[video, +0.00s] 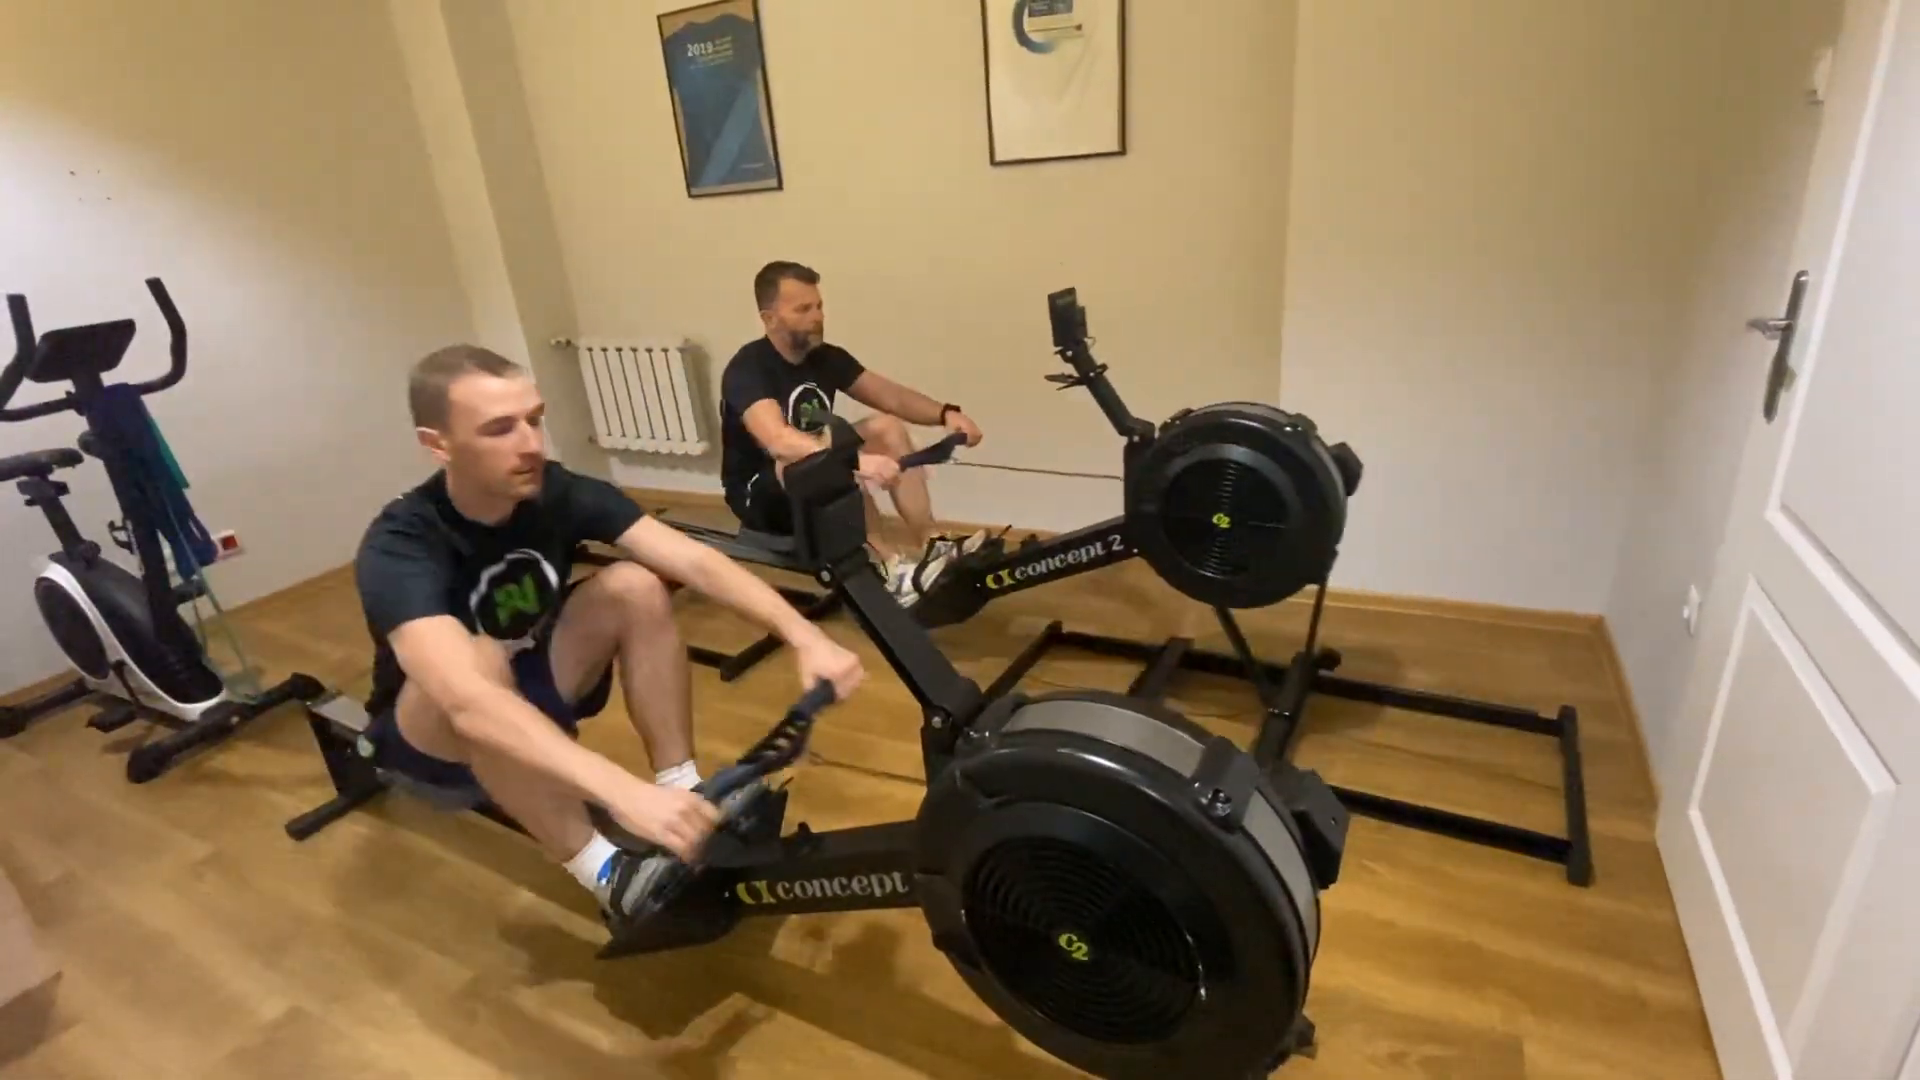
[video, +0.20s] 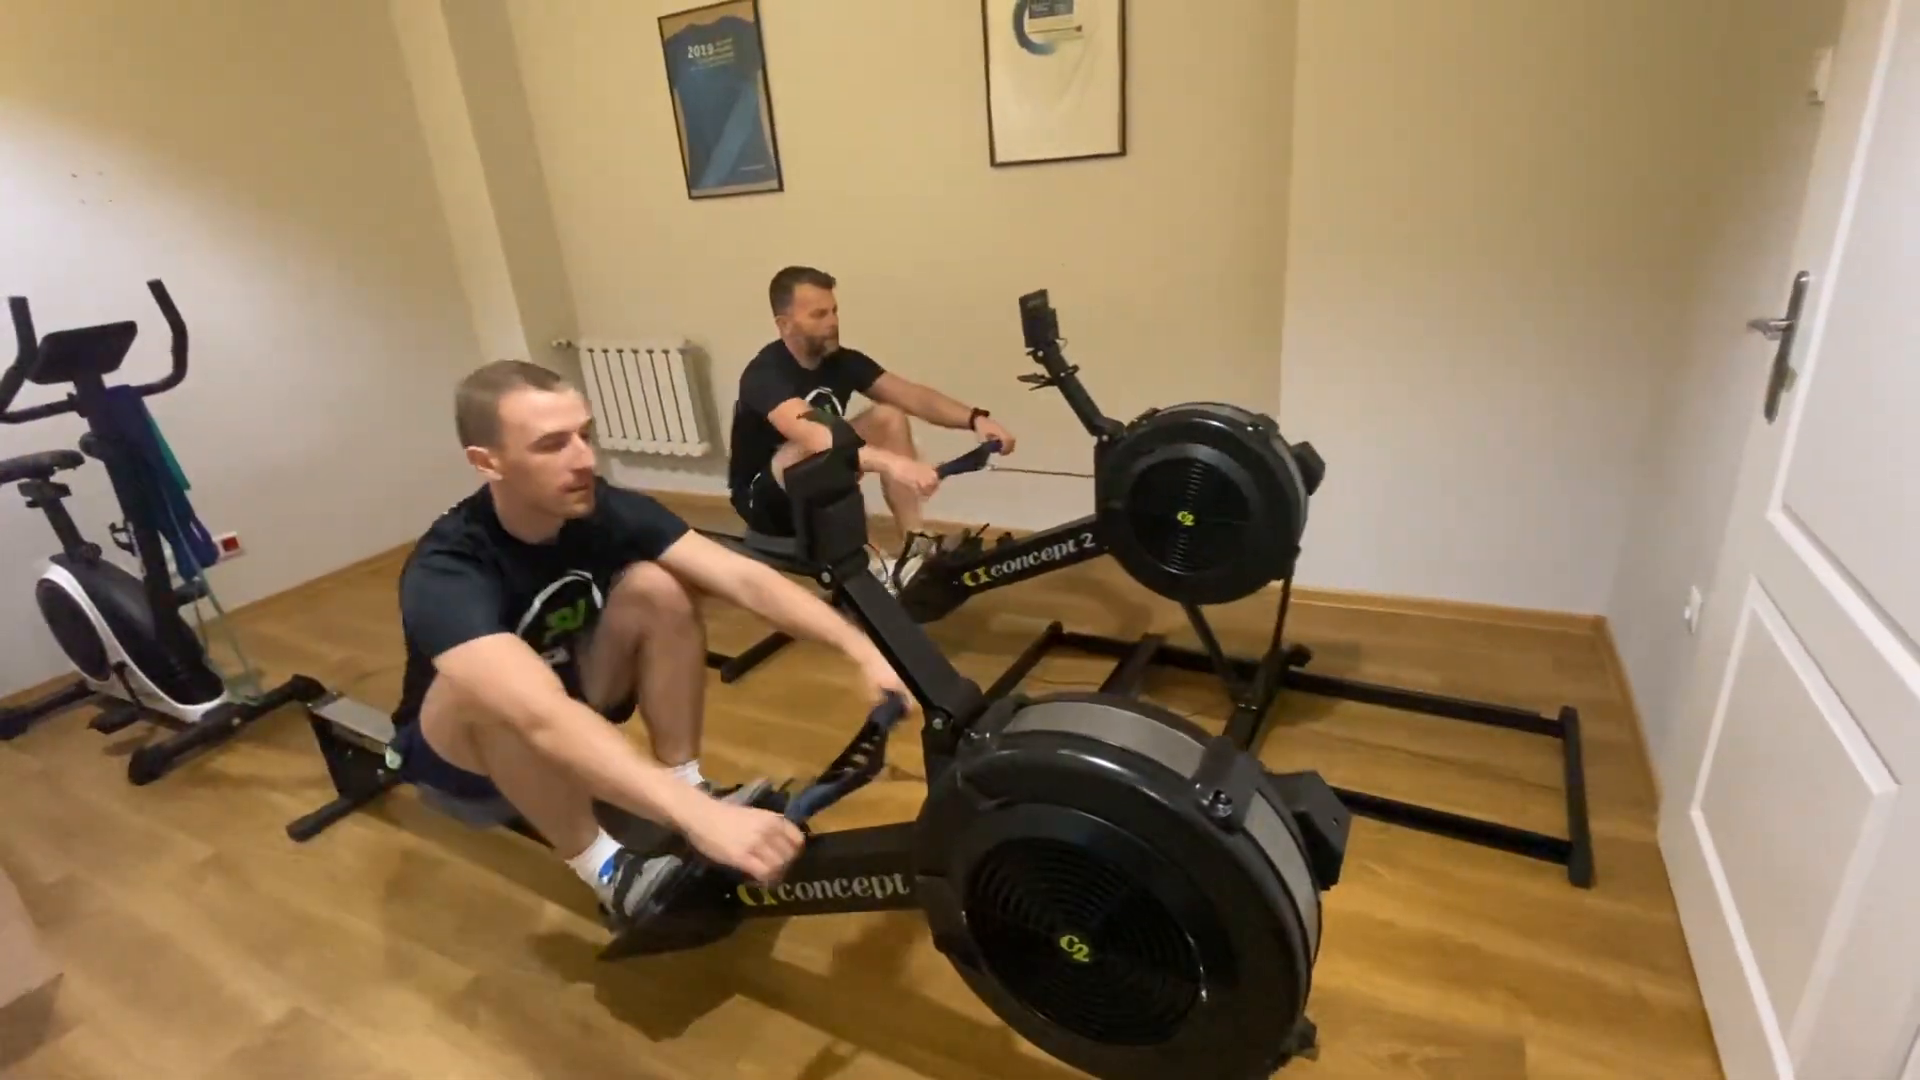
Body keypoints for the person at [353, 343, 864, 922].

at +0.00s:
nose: (530, 445)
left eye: (534, 420)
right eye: (500, 429)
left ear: (542, 416)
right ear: (438, 444)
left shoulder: (560, 494)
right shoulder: (402, 546)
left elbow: (693, 561)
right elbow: (465, 702)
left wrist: (805, 636)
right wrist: (622, 791)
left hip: (527, 686)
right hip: (431, 732)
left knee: (637, 591)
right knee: (472, 660)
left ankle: (683, 801)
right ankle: (607, 877)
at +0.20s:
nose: (585, 459)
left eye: (585, 435)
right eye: (553, 446)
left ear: (592, 430)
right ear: (488, 463)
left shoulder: (608, 513)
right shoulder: (445, 576)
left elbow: (745, 579)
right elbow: (547, 715)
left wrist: (862, 647)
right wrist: (703, 818)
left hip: (570, 715)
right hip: (467, 768)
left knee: (654, 590)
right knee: (498, 683)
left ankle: (683, 794)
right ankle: (610, 873)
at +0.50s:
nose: (532, 439)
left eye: (535, 415)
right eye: (502, 425)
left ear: (544, 413)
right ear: (442, 445)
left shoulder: (562, 497)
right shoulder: (409, 557)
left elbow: (691, 557)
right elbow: (508, 668)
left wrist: (815, 613)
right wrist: (663, 762)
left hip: (542, 719)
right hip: (444, 761)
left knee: (633, 591)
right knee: (489, 672)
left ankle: (700, 811)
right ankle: (614, 877)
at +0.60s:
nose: (472, 418)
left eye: (478, 396)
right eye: (441, 405)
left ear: (489, 395)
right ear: (386, 423)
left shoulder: (512, 481)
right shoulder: (356, 543)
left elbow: (631, 537)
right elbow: (457, 641)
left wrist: (752, 594)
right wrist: (585, 717)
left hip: (516, 687)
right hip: (415, 732)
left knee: (609, 592)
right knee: (471, 671)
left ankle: (693, 809)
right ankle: (615, 882)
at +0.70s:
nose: (395, 401)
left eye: (400, 379)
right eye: (367, 388)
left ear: (412, 377)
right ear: (315, 404)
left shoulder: (451, 466)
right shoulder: (292, 520)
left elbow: (565, 521)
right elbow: (380, 604)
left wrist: (676, 572)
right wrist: (494, 671)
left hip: (479, 647)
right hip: (372, 696)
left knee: (584, 601)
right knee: (461, 681)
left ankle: (693, 808)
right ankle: (614, 883)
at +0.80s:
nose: (350, 392)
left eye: (354, 370)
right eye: (320, 380)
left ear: (367, 368)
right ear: (269, 394)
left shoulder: (410, 458)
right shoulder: (256, 509)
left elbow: (523, 512)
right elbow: (336, 593)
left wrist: (623, 558)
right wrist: (441, 655)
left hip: (455, 633)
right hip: (353, 678)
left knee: (572, 622)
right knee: (453, 691)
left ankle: (695, 809)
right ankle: (613, 883)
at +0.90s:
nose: (305, 388)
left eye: (311, 368)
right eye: (280, 377)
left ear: (321, 367)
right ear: (228, 393)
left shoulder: (375, 456)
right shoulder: (216, 504)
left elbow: (479, 514)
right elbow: (281, 602)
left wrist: (566, 548)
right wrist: (377, 642)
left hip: (428, 629)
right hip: (328, 665)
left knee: (552, 649)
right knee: (436, 701)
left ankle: (695, 811)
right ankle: (610, 885)